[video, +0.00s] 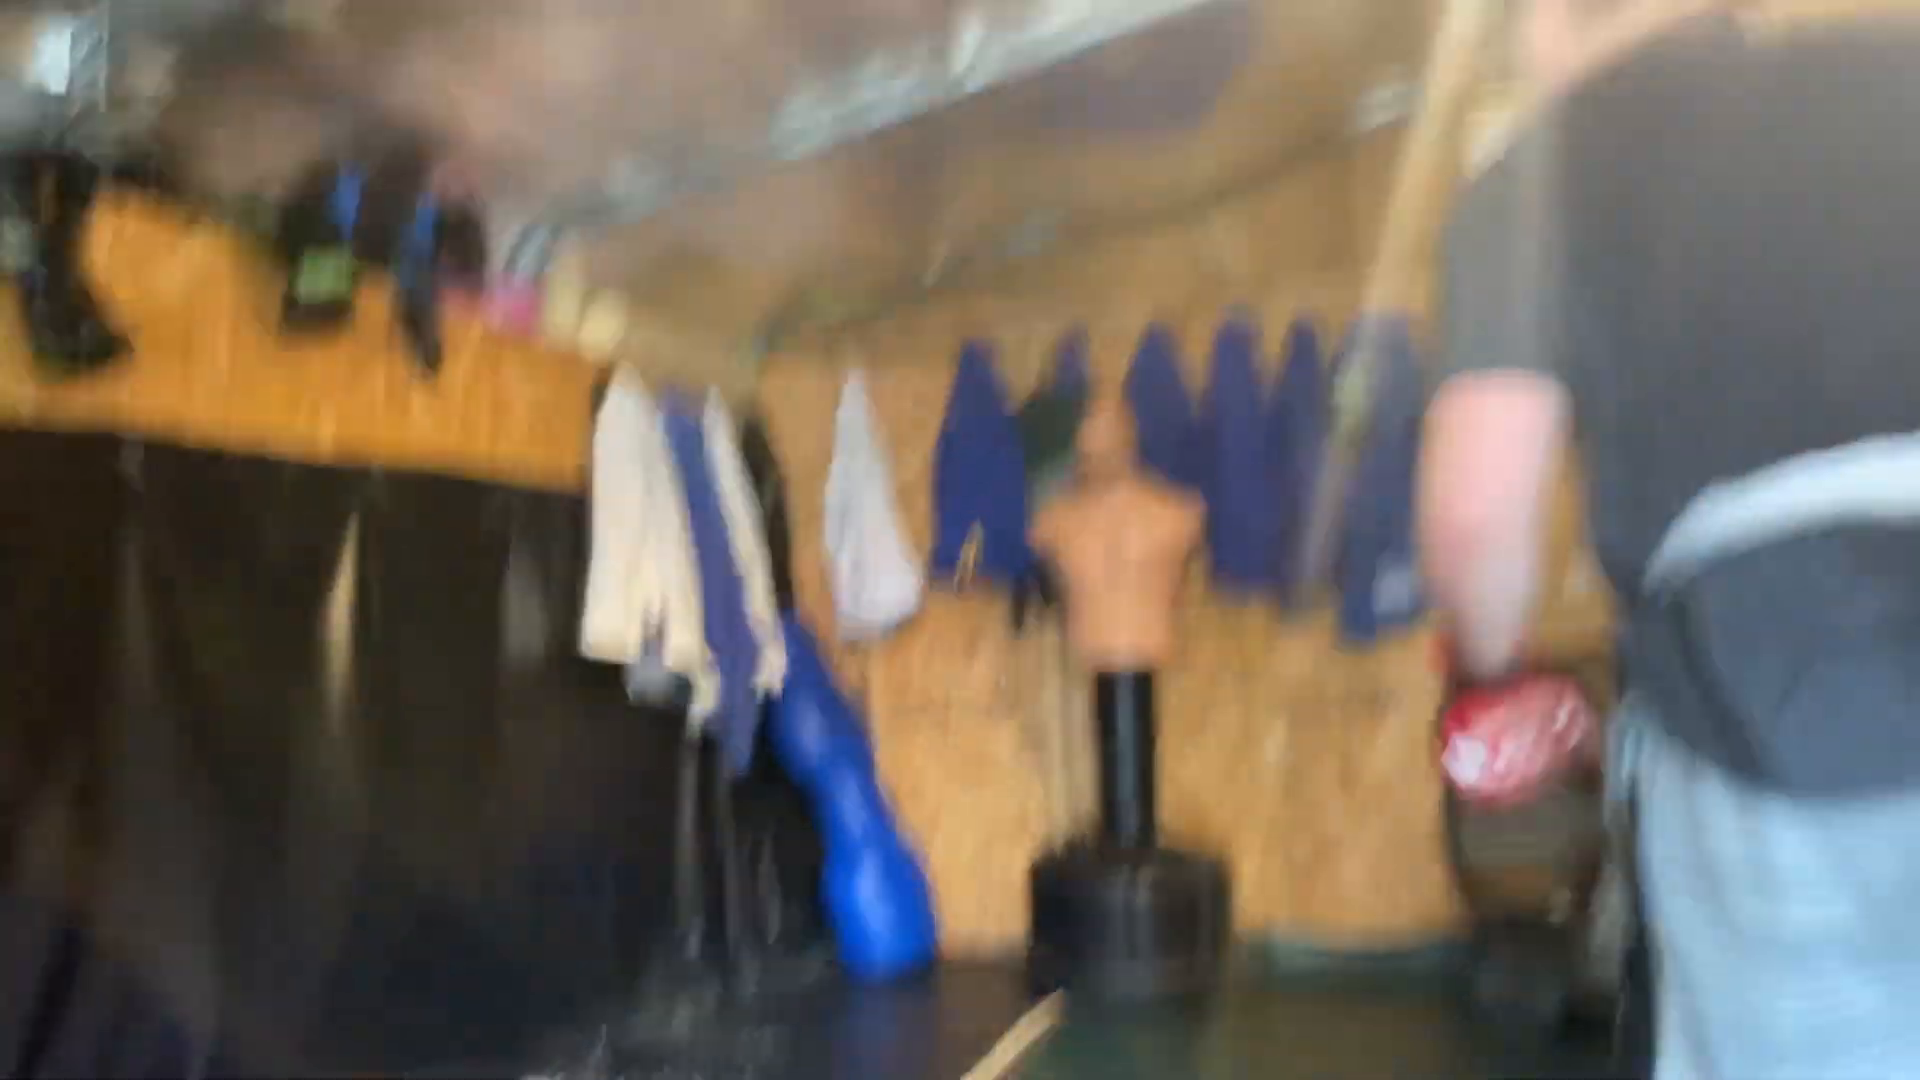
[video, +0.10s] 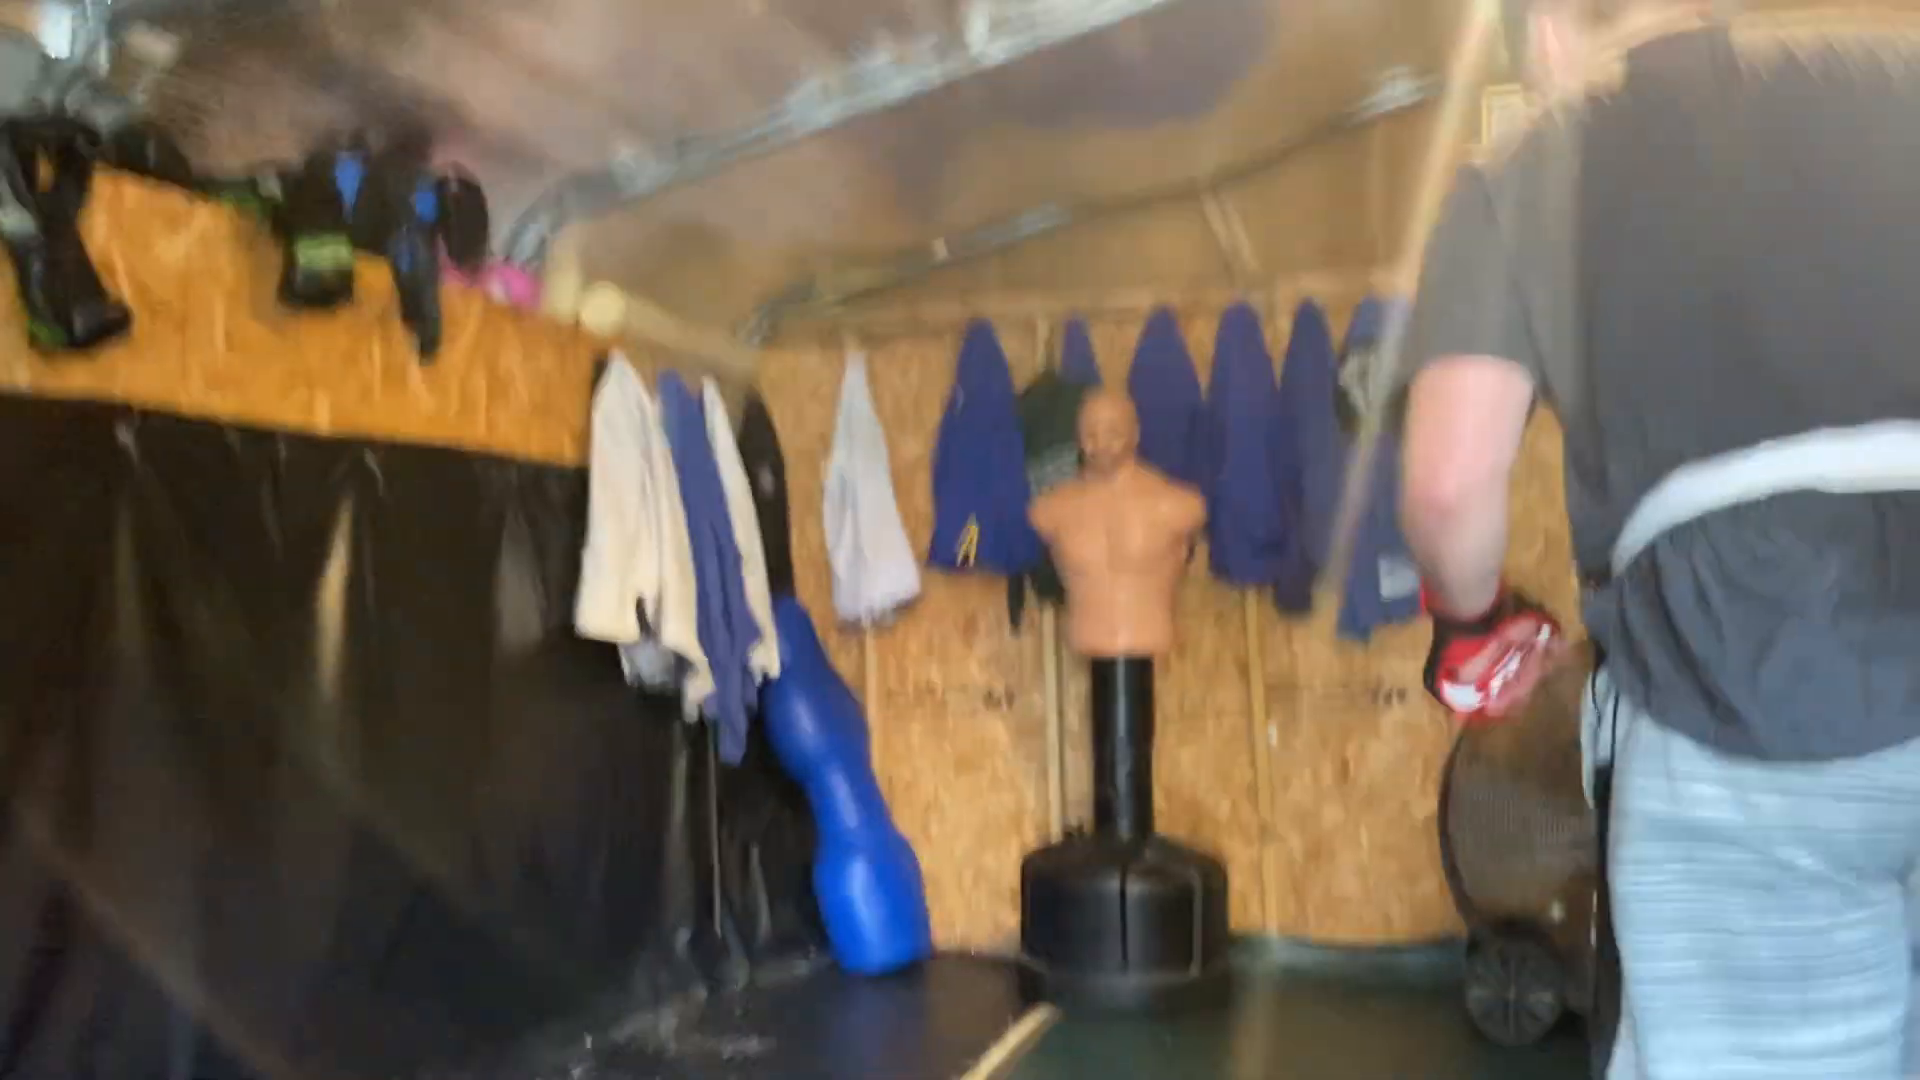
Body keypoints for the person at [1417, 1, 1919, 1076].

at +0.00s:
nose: (1520, 45)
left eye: (1524, 23)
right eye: (1519, 26)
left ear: (1567, 12)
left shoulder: (1556, 162)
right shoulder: (1884, 71)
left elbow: (1479, 513)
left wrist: (1493, 682)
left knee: (1806, 1057)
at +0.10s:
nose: (1528, 56)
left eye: (1529, 30)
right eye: (1525, 32)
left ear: (1565, 30)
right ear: (1719, 10)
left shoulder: (1542, 165)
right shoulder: (1897, 70)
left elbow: (1447, 479)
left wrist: (1472, 621)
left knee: (1771, 1053)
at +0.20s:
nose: (1491, 137)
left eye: (1487, 108)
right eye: (1484, 112)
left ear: (1528, 80)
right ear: (1647, 50)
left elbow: (1397, 495)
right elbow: (1903, 416)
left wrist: (1418, 621)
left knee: (1693, 1060)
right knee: (1894, 1058)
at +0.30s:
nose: (1388, 163)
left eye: (1387, 138)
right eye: (1389, 140)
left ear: (1411, 123)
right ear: (1534, 114)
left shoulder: (1390, 253)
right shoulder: (1690, 219)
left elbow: (1309, 496)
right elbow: (1846, 429)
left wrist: (1301, 626)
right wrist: (1910, 658)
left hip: (1515, 690)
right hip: (1734, 671)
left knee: (1560, 1050)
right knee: (1714, 1040)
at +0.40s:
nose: (1296, 177)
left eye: (1294, 154)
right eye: (1296, 156)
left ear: (1328, 129)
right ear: (1432, 122)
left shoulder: (1310, 238)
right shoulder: (1582, 229)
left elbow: (1252, 463)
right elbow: (1672, 459)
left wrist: (1224, 610)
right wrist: (1713, 669)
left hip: (1416, 648)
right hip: (1601, 630)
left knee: (1408, 1034)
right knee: (1552, 991)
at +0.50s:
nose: (1230, 183)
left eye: (1229, 159)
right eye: (1225, 164)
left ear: (1269, 133)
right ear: (1356, 132)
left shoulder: (1269, 219)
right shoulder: (1495, 239)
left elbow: (1223, 424)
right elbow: (1562, 466)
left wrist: (1182, 562)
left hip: (1340, 622)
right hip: (1512, 616)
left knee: (1300, 989)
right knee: (1497, 978)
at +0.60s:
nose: (1179, 195)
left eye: (1176, 166)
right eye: (1172, 171)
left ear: (1218, 137)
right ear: (1298, 134)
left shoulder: (1230, 229)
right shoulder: (1417, 245)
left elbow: (1206, 417)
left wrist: (1144, 550)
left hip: (1291, 625)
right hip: (1451, 612)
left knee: (1240, 943)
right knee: (1461, 955)